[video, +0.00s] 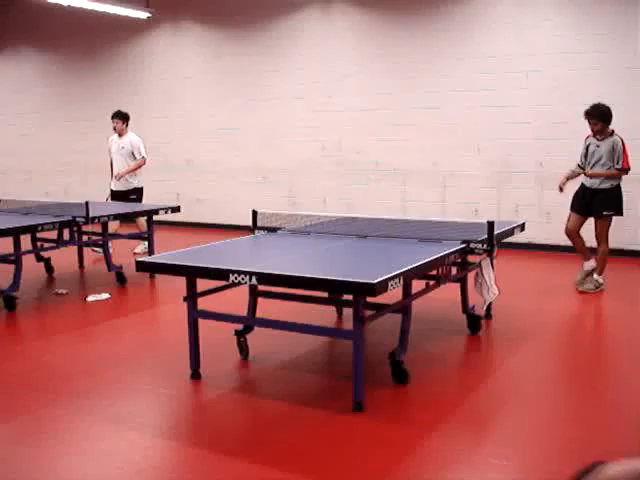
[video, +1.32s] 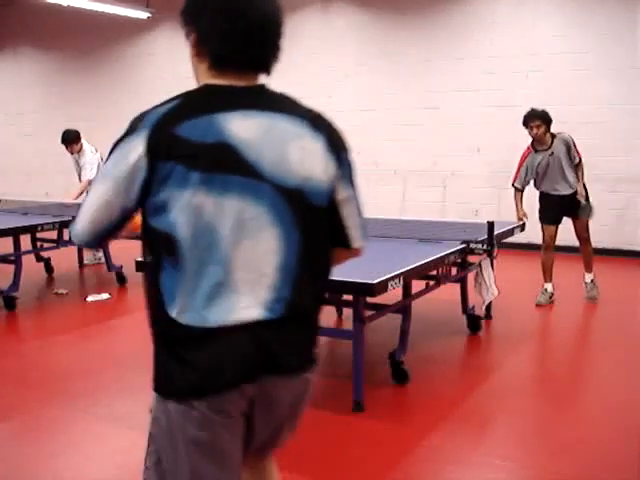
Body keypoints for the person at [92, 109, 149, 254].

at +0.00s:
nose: (114, 126)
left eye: (117, 123)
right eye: (113, 123)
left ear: (125, 124)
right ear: (113, 124)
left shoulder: (134, 140)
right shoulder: (112, 140)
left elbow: (142, 160)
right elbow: (112, 161)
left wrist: (124, 172)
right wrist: (112, 180)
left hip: (133, 186)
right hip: (116, 186)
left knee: (137, 216)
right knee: (114, 218)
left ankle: (146, 240)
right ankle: (105, 242)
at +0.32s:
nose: (97, 126)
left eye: (99, 123)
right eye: (96, 123)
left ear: (108, 122)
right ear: (95, 124)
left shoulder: (119, 138)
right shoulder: (95, 142)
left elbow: (134, 155)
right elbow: (95, 163)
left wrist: (125, 175)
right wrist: (96, 180)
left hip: (117, 186)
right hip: (101, 186)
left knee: (124, 215)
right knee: (104, 219)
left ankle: (142, 237)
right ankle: (104, 245)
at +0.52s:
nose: (89, 128)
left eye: (91, 125)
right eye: (87, 125)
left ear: (99, 123)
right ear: (87, 125)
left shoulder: (112, 139)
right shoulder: (87, 142)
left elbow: (124, 158)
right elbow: (83, 162)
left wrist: (114, 176)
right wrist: (75, 181)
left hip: (109, 187)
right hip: (94, 189)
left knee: (114, 217)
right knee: (101, 220)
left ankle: (129, 240)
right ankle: (103, 245)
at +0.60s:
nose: (88, 128)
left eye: (90, 125)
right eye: (86, 125)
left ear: (99, 123)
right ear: (86, 126)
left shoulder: (111, 139)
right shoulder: (86, 142)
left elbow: (123, 158)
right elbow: (82, 162)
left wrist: (113, 177)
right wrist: (72, 180)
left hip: (108, 187)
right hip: (93, 189)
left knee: (112, 217)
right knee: (99, 220)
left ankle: (126, 242)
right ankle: (102, 245)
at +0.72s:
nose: (85, 130)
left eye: (87, 126)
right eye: (83, 127)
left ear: (95, 124)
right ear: (81, 127)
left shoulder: (107, 140)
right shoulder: (83, 142)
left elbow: (118, 160)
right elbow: (77, 161)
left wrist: (106, 178)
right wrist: (67, 176)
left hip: (104, 188)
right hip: (90, 189)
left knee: (106, 221)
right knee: (99, 221)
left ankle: (106, 247)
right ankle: (104, 247)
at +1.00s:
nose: (75, 140)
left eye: (78, 136)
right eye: (73, 137)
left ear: (85, 133)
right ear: (71, 136)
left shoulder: (96, 148)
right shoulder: (77, 146)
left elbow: (103, 170)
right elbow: (78, 166)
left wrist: (90, 186)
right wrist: (76, 184)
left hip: (101, 189)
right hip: (89, 189)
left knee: (97, 222)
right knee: (94, 222)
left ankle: (100, 251)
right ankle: (98, 250)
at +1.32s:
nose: (69, 150)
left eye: (71, 146)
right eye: (67, 147)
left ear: (78, 142)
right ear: (65, 145)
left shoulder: (88, 155)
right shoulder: (76, 152)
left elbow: (87, 180)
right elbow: (80, 172)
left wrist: (74, 198)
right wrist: (84, 186)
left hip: (98, 188)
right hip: (91, 187)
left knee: (95, 218)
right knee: (91, 217)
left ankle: (98, 252)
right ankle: (95, 252)